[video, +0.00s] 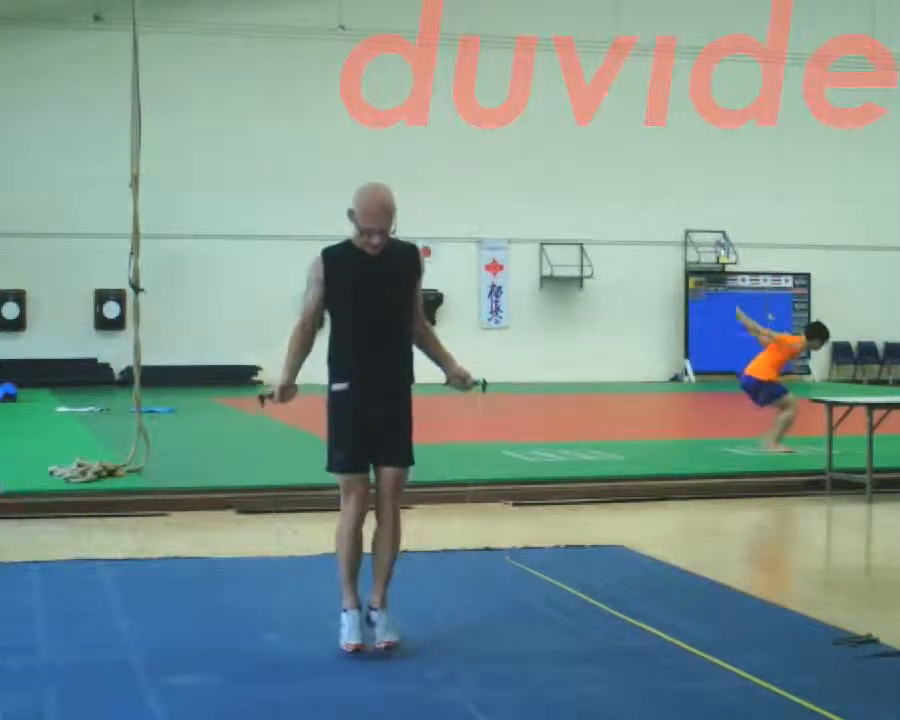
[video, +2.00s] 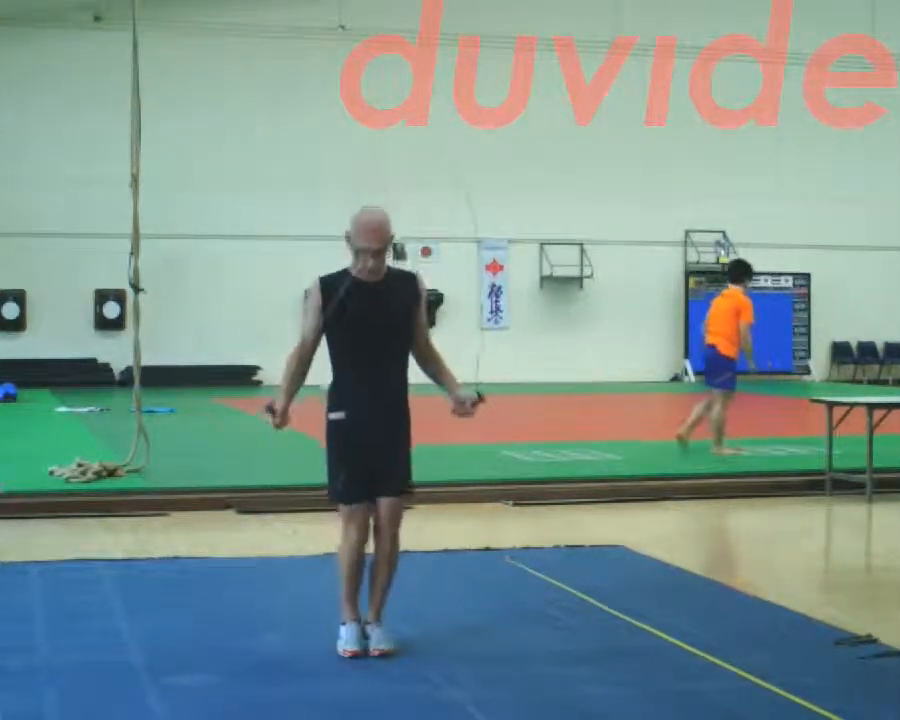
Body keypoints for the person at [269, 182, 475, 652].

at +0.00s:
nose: (376, 240)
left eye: (383, 232)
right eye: (368, 233)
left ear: (394, 222)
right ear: (353, 220)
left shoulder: (409, 258)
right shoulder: (329, 262)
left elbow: (417, 324)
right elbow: (308, 324)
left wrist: (450, 366)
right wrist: (288, 377)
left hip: (395, 392)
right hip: (349, 393)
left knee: (390, 498)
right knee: (355, 499)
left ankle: (379, 608)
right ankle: (350, 609)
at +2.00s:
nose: (372, 262)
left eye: (380, 253)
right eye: (363, 253)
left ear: (391, 245)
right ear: (348, 245)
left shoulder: (410, 287)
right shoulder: (325, 291)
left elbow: (423, 348)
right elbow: (304, 350)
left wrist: (454, 389)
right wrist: (284, 398)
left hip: (392, 416)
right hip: (348, 417)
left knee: (389, 519)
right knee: (357, 520)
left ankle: (375, 620)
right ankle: (349, 622)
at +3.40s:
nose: (377, 238)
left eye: (385, 229)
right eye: (369, 229)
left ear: (397, 221)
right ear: (355, 219)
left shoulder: (414, 260)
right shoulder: (332, 263)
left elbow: (429, 328)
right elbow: (309, 327)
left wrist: (452, 384)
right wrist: (284, 385)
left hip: (396, 391)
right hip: (350, 393)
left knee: (395, 497)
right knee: (354, 499)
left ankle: (386, 603)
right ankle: (353, 605)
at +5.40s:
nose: (375, 208)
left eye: (384, 200)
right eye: (367, 199)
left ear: (397, 201)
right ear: (355, 201)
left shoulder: (417, 250)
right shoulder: (333, 253)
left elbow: (432, 313)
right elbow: (313, 316)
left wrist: (465, 360)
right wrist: (290, 369)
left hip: (395, 370)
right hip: (348, 370)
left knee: (396, 458)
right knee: (360, 460)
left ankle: (388, 570)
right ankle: (356, 573)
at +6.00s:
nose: (369, 222)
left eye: (378, 213)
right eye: (361, 213)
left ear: (393, 215)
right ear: (350, 215)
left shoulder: (414, 263)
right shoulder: (331, 264)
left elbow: (427, 329)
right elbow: (311, 328)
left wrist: (462, 369)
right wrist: (289, 379)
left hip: (393, 388)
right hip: (345, 388)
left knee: (392, 496)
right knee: (357, 495)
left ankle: (385, 593)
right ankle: (354, 596)